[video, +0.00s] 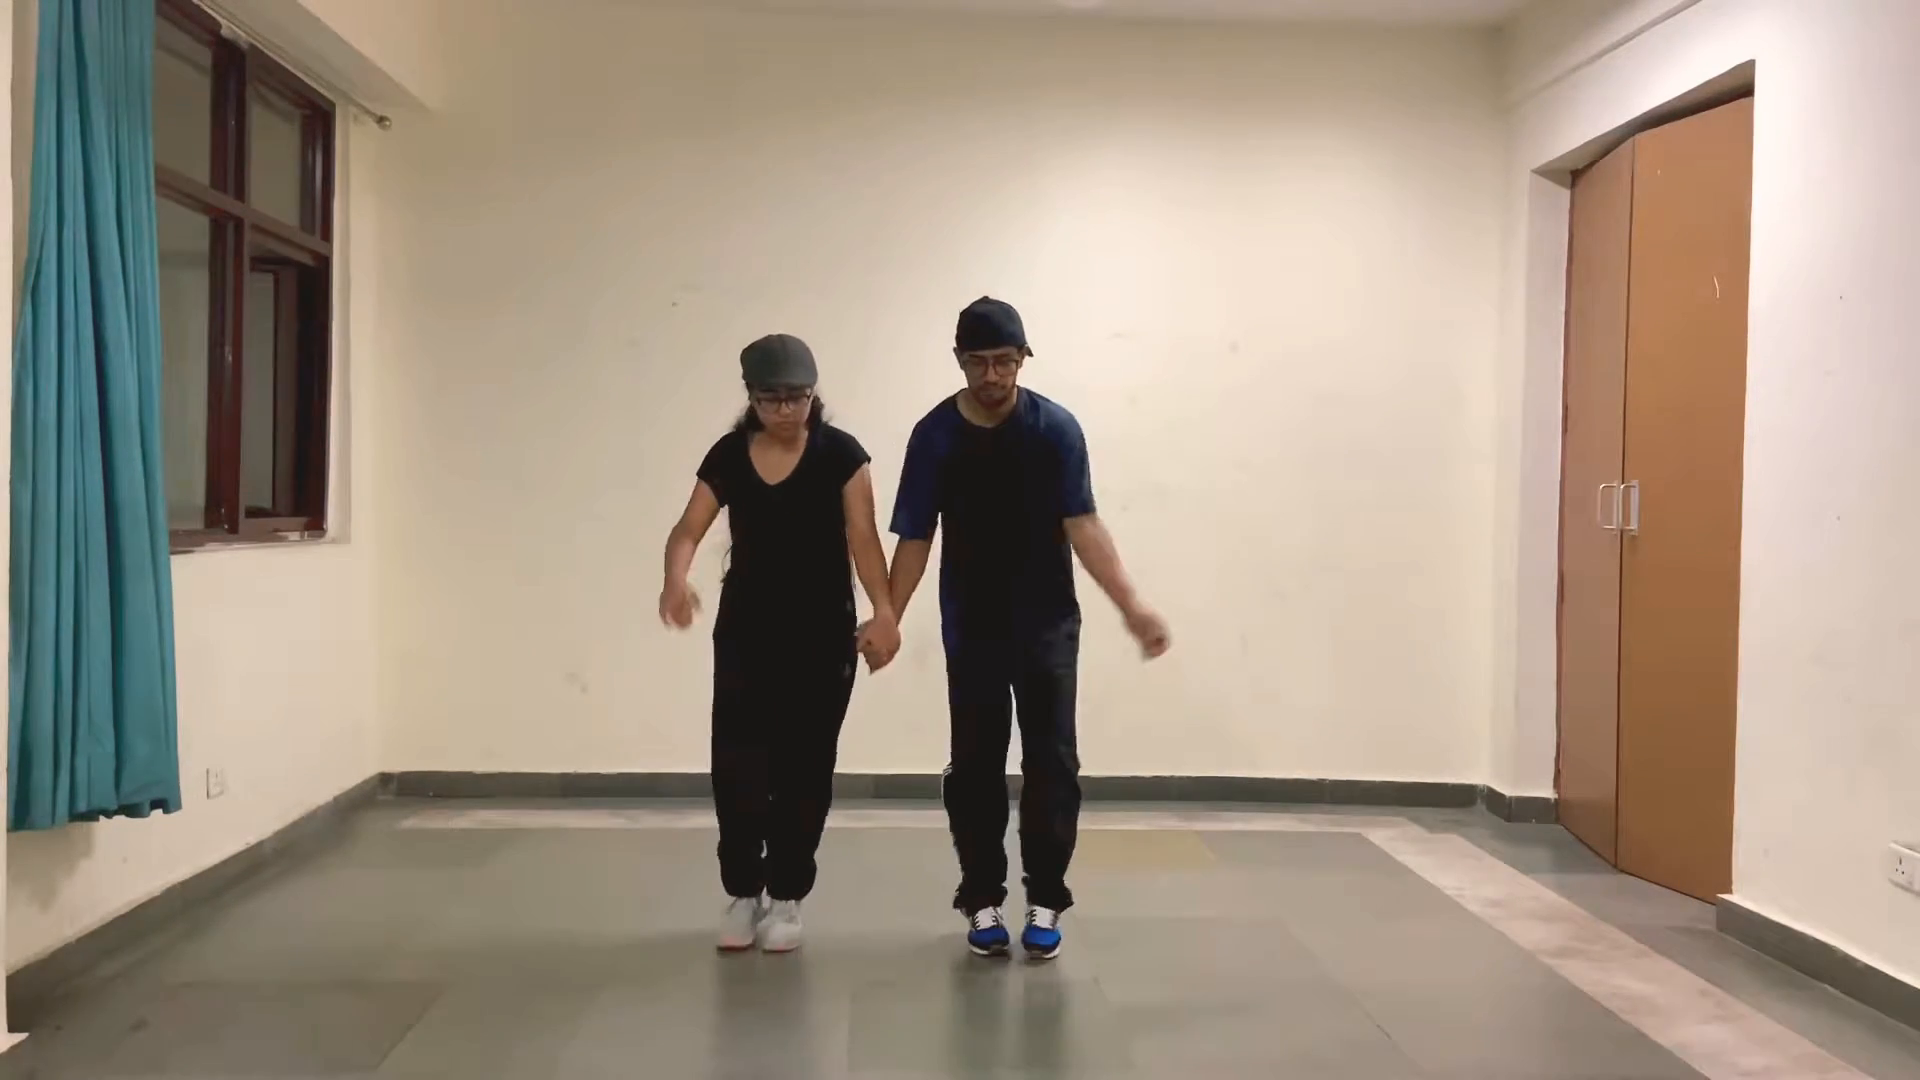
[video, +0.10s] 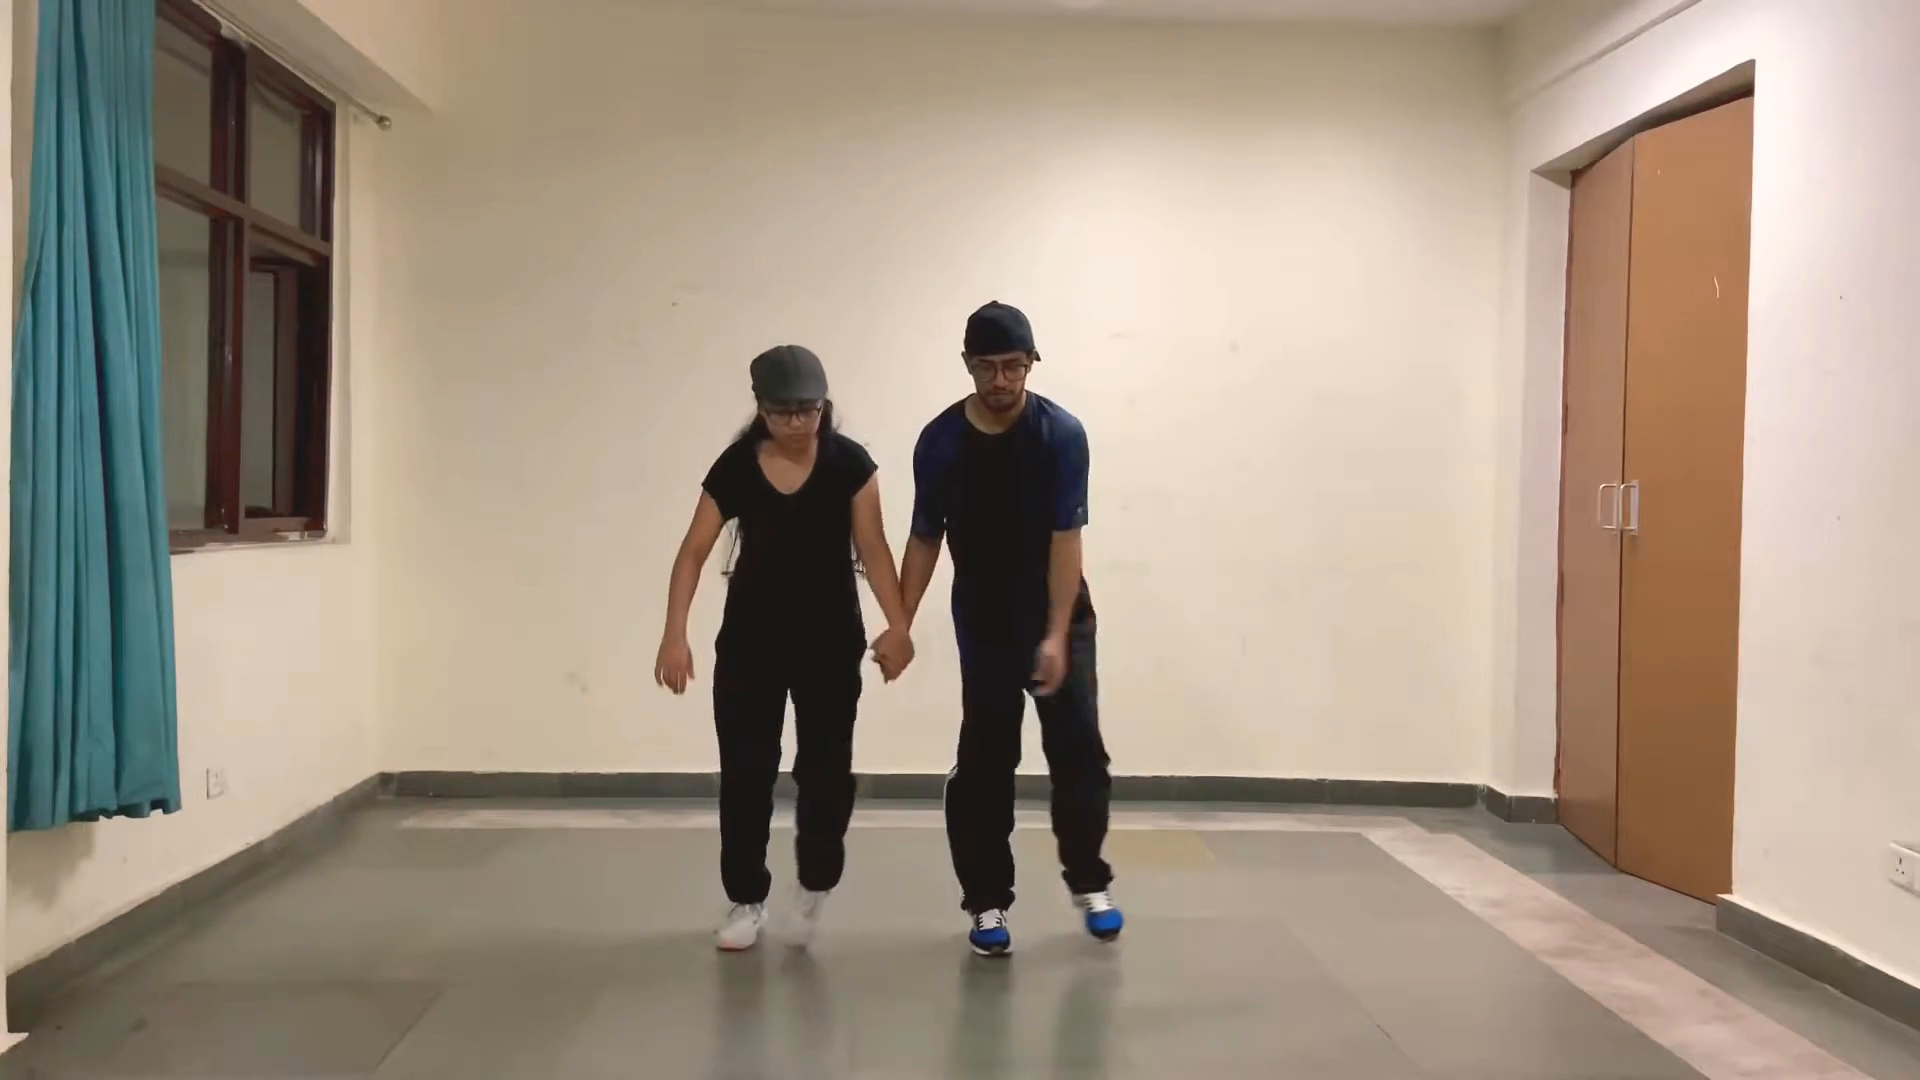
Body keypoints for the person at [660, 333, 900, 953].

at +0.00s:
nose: (787, 409)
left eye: (797, 397)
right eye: (774, 398)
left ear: (814, 393)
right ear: (752, 396)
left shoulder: (842, 456)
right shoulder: (730, 455)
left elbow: (863, 539)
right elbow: (689, 529)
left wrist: (884, 612)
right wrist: (676, 579)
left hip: (819, 630)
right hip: (747, 628)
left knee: (804, 761)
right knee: (738, 757)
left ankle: (785, 898)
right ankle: (741, 893)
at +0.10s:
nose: (799, 422)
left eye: (808, 409)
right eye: (785, 411)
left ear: (824, 404)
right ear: (762, 409)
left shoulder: (850, 464)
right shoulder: (736, 467)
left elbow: (873, 549)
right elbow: (693, 554)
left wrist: (899, 626)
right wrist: (674, 636)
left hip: (828, 642)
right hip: (751, 641)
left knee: (825, 770)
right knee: (745, 772)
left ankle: (816, 884)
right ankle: (745, 899)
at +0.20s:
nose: (811, 426)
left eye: (821, 413)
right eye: (798, 415)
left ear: (836, 408)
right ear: (774, 411)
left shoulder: (863, 464)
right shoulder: (749, 468)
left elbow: (899, 540)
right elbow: (704, 553)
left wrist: (925, 614)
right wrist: (686, 639)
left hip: (847, 638)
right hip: (768, 639)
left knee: (852, 766)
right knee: (754, 770)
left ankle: (867, 879)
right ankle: (747, 900)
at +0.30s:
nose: (829, 428)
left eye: (839, 416)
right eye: (816, 417)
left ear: (855, 412)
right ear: (793, 413)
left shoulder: (882, 468)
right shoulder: (766, 473)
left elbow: (924, 536)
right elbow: (723, 537)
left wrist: (951, 603)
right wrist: (701, 616)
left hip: (869, 641)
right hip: (793, 641)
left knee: (876, 766)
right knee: (754, 765)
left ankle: (928, 895)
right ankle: (754, 893)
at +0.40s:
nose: (846, 448)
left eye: (857, 436)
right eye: (833, 437)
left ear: (872, 434)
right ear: (811, 435)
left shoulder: (895, 488)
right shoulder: (783, 493)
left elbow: (950, 536)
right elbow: (741, 537)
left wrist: (971, 598)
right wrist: (704, 605)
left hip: (886, 665)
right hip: (810, 667)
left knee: (901, 790)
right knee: (765, 791)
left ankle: (939, 906)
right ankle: (766, 899)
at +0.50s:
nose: (850, 436)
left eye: (860, 424)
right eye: (837, 425)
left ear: (874, 419)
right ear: (813, 421)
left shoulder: (897, 472)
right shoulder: (783, 476)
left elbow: (943, 529)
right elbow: (737, 536)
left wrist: (968, 593)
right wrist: (729, 615)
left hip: (879, 654)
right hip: (803, 656)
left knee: (900, 777)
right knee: (782, 778)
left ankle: (935, 902)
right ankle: (768, 899)